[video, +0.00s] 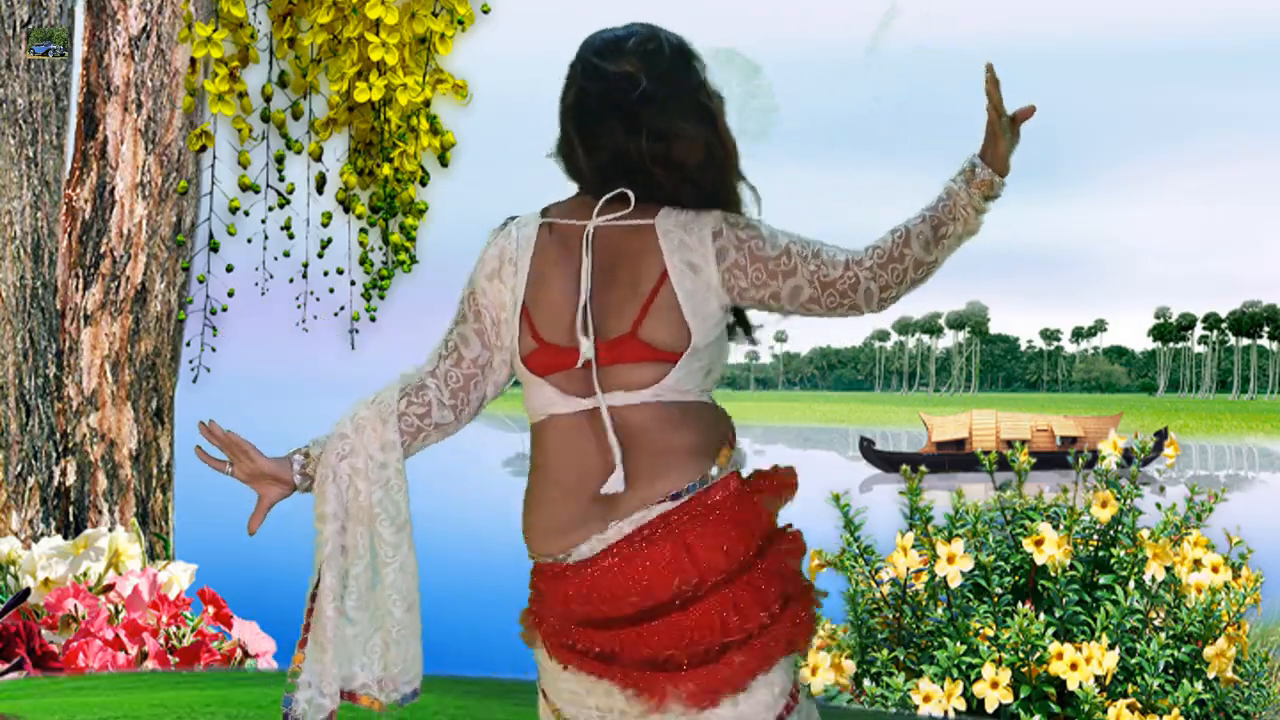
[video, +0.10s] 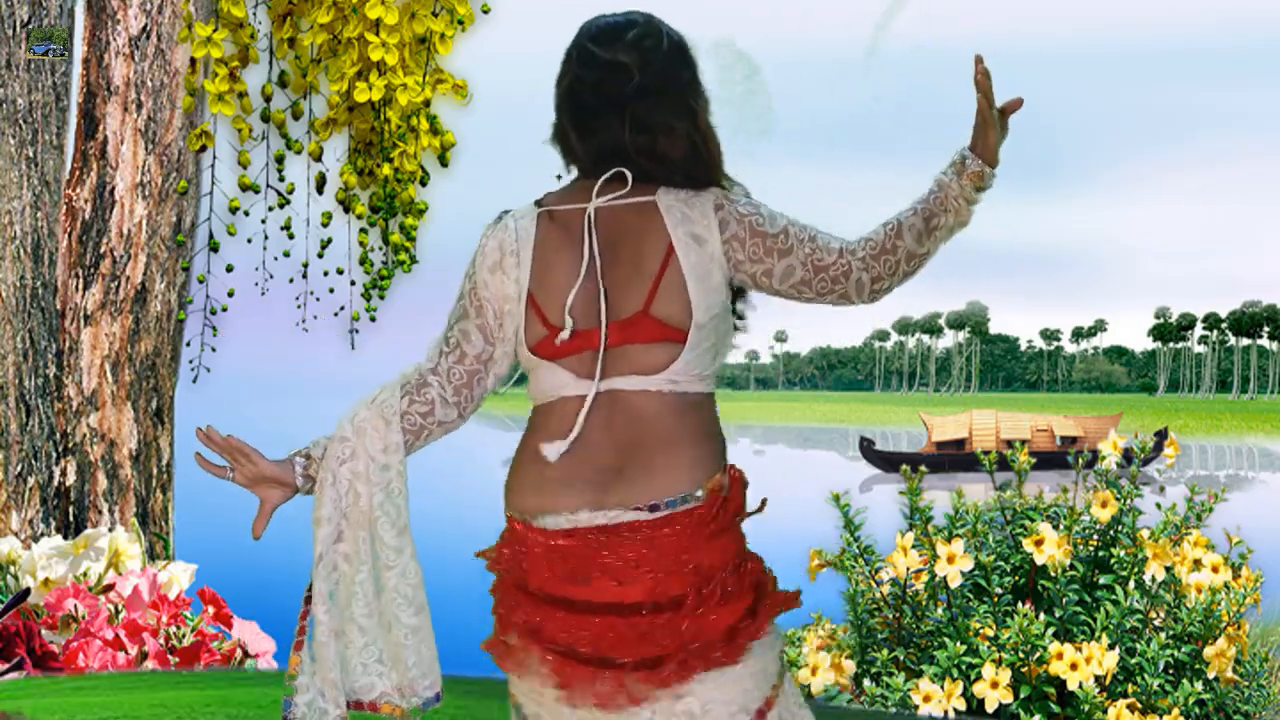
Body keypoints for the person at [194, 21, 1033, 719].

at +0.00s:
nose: (715, 130)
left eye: (704, 110)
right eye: (703, 111)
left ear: (577, 128)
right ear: (682, 124)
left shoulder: (513, 252)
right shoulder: (705, 239)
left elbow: (439, 397)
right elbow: (864, 284)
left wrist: (301, 467)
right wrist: (983, 178)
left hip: (564, 530)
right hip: (694, 517)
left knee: (592, 705)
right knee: (733, 703)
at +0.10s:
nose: (688, 114)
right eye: (681, 97)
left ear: (569, 114)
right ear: (679, 107)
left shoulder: (514, 240)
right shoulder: (713, 220)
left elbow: (438, 395)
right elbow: (859, 273)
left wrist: (298, 472)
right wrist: (973, 171)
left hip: (545, 527)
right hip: (681, 520)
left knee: (561, 702)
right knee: (727, 702)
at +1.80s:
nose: (646, 126)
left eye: (666, 95)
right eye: (618, 111)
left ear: (709, 99)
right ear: (591, 134)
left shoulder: (768, 227)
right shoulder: (573, 238)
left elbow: (877, 367)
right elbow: (525, 257)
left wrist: (998, 461)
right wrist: (570, 105)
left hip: (765, 542)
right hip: (627, 561)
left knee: (740, 711)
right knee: (633, 717)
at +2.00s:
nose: (641, 81)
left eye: (659, 56)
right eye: (611, 69)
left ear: (697, 74)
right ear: (582, 101)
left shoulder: (761, 206)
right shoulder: (567, 218)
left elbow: (830, 380)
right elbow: (495, 295)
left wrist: (918, 530)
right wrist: (519, 139)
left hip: (744, 540)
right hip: (603, 547)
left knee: (745, 708)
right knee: (587, 705)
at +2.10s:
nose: (625, 67)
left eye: (645, 42)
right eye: (595, 54)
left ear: (685, 58)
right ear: (570, 88)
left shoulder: (744, 183)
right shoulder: (551, 200)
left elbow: (777, 359)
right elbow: (469, 327)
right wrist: (499, 165)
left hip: (705, 547)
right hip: (573, 550)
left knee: (706, 710)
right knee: (564, 706)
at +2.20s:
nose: (615, 71)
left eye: (639, 47)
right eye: (589, 56)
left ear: (679, 68)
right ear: (565, 87)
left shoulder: (736, 202)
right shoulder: (544, 214)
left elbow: (751, 374)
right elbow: (481, 373)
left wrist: (673, 477)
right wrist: (498, 228)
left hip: (705, 535)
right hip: (573, 535)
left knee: (696, 705)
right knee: (567, 702)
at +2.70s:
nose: (506, 92)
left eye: (536, 75)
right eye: (489, 80)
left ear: (592, 108)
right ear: (471, 116)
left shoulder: (629, 223)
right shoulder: (489, 250)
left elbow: (670, 411)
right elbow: (478, 428)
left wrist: (663, 574)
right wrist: (365, 503)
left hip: (570, 587)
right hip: (461, 582)